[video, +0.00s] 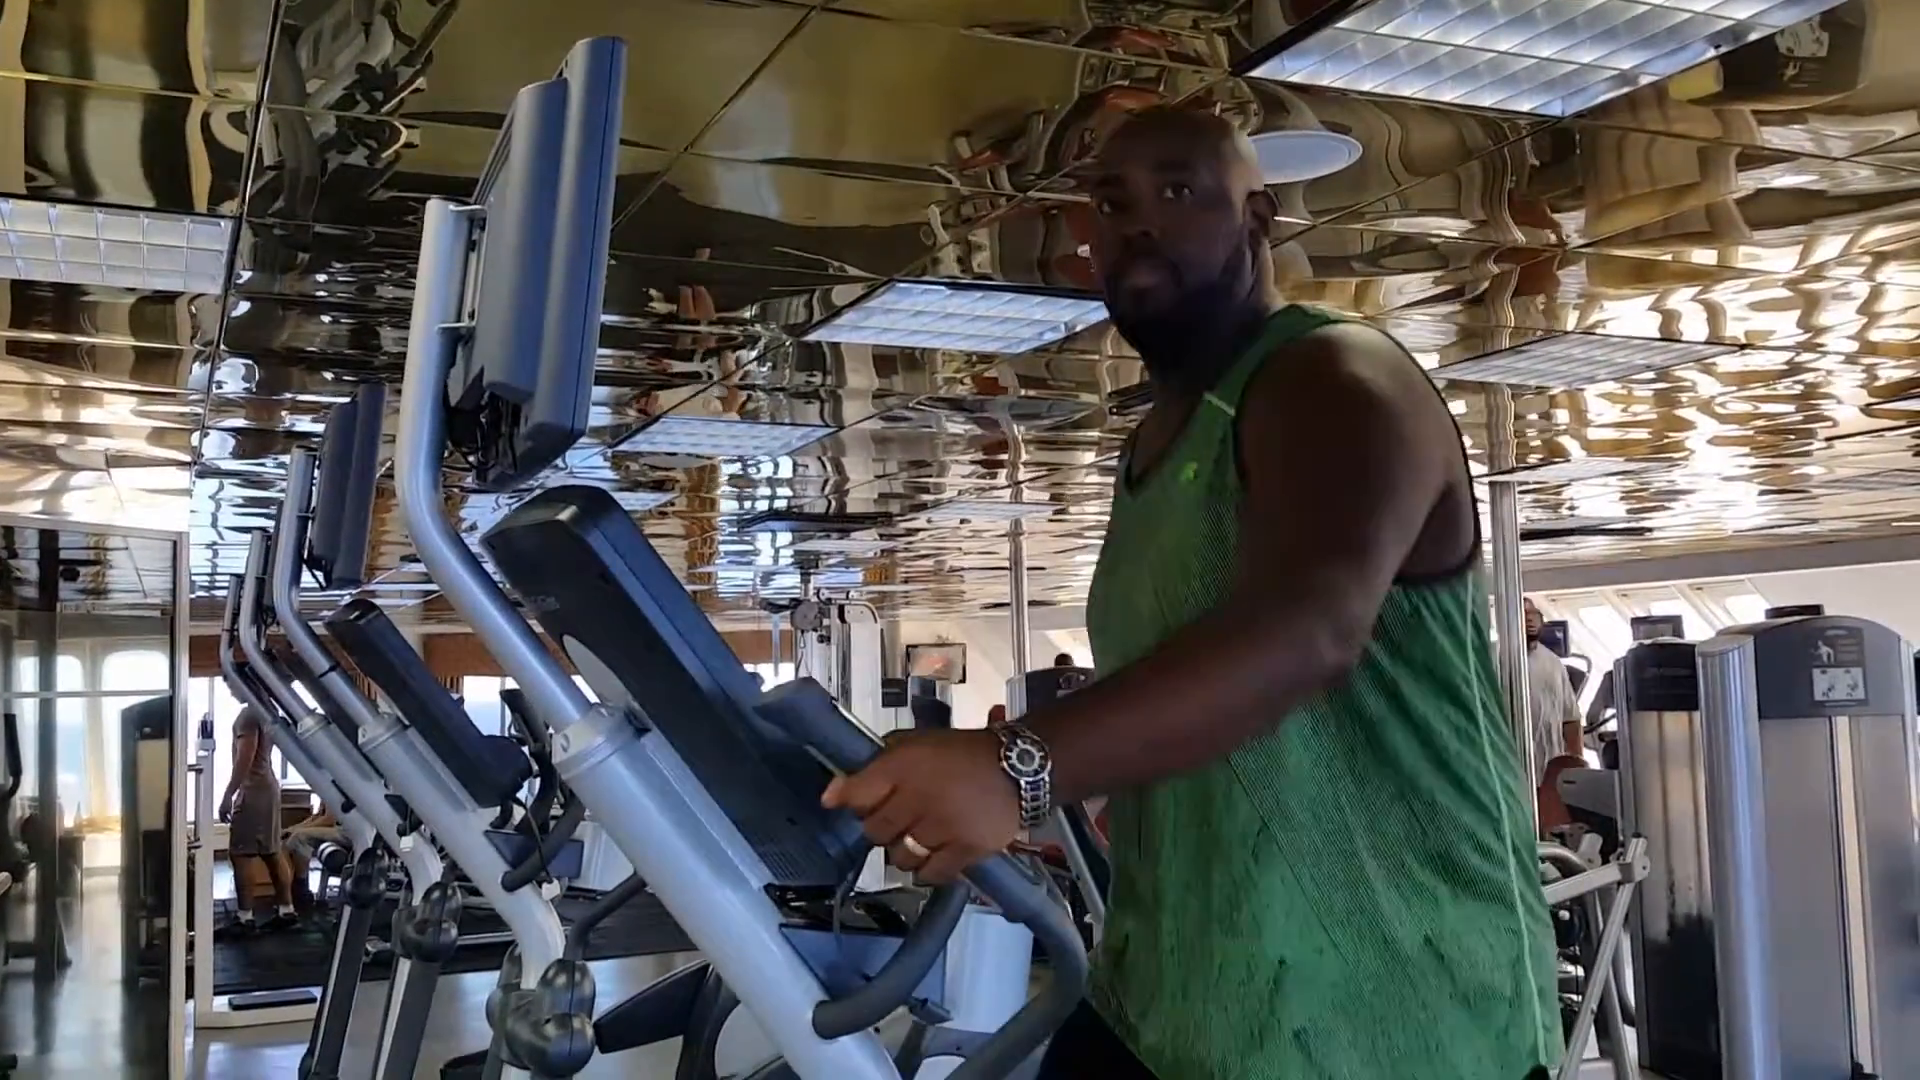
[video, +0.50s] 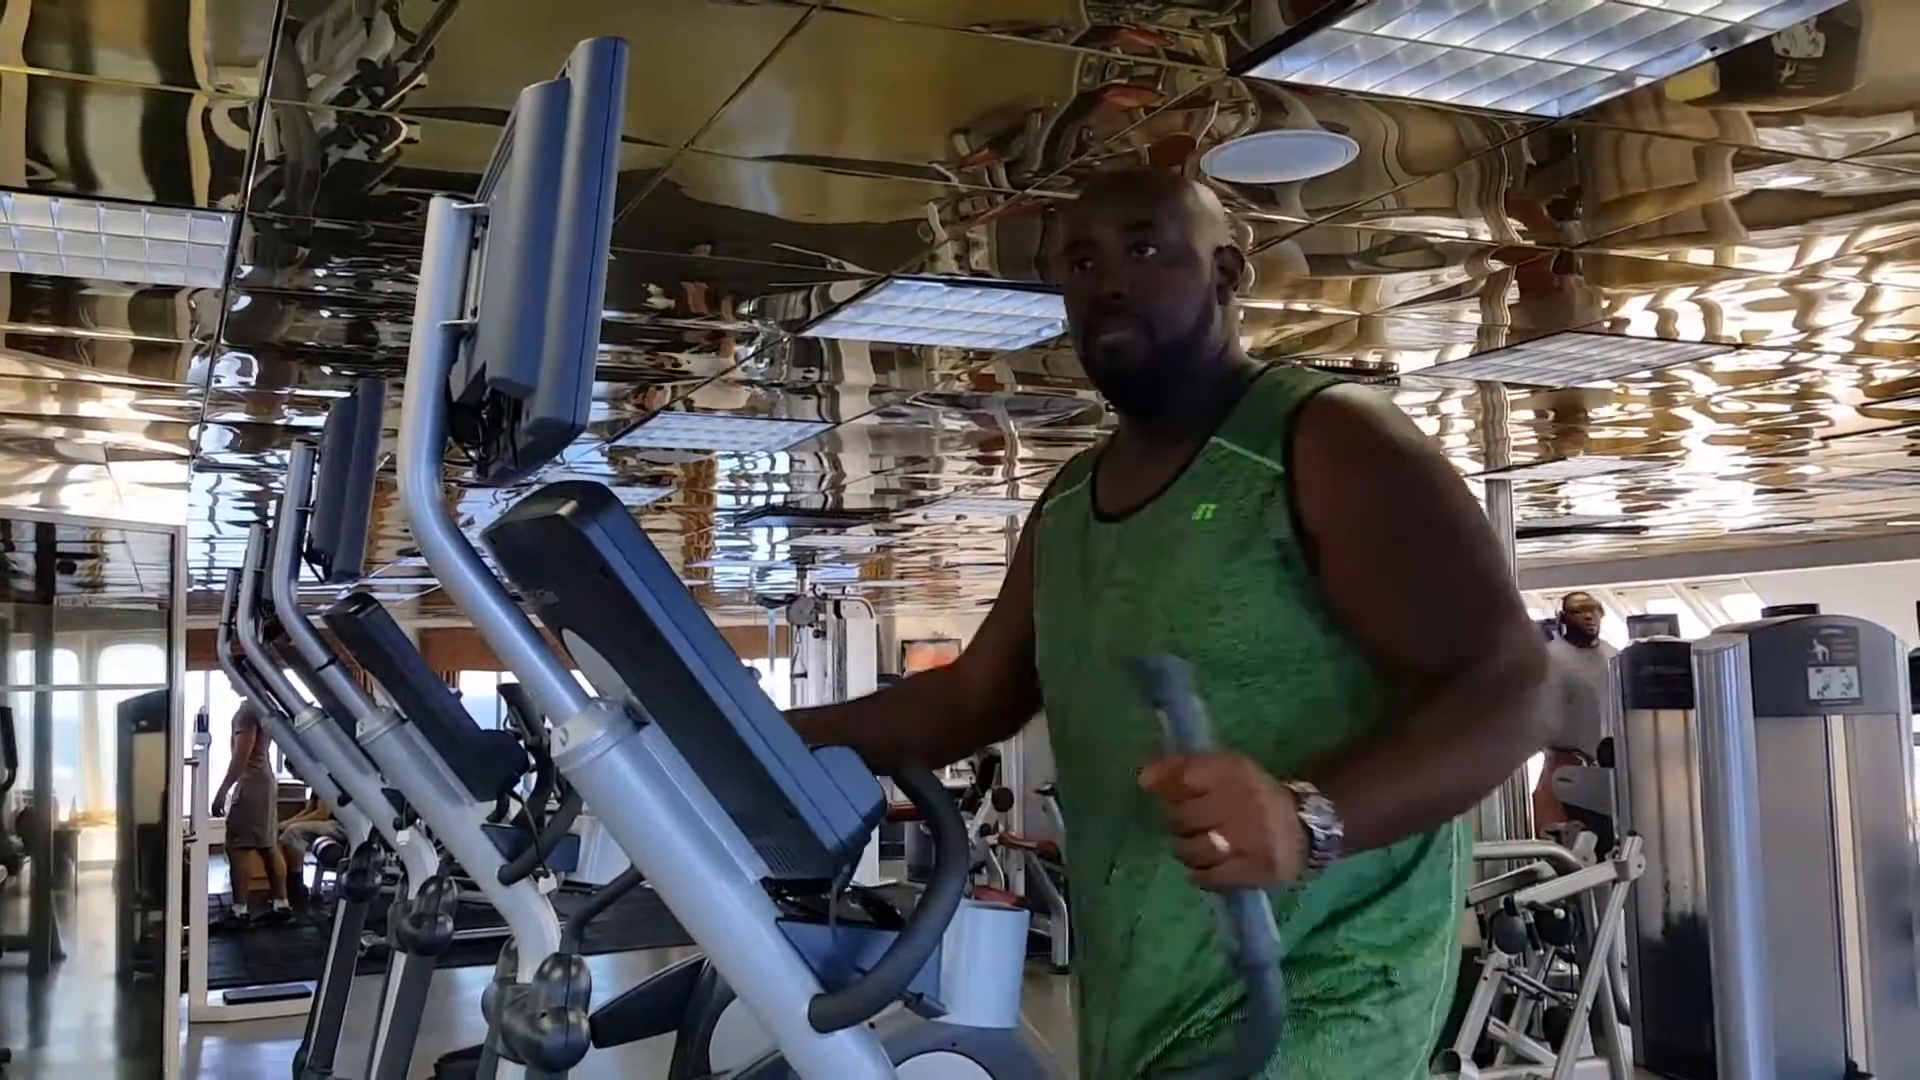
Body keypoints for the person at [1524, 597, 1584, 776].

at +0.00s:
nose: (1529, 618)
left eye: (1534, 613)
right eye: (1523, 613)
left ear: (1541, 621)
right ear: (1513, 620)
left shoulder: (1552, 662)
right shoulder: (1497, 656)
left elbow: (1571, 719)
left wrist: (1574, 764)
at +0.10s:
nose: (1544, 615)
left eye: (1548, 608)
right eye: (1535, 609)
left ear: (1555, 614)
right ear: (1519, 616)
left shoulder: (1566, 660)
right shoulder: (1498, 660)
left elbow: (1589, 714)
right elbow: (1487, 717)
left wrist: (1599, 757)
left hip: (1565, 764)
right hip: (1517, 768)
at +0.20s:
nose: (1556, 613)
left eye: (1560, 607)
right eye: (1547, 608)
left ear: (1567, 614)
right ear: (1531, 615)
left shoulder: (1581, 656)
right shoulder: (1519, 656)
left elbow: (1603, 713)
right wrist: (1523, 753)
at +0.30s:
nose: (1566, 616)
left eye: (1570, 610)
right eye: (1557, 611)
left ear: (1577, 615)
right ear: (1541, 617)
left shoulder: (1596, 660)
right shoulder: (1524, 654)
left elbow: (1608, 712)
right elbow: (1508, 707)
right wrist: (1528, 752)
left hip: (1586, 767)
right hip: (1536, 768)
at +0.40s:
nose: (1578, 618)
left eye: (1583, 612)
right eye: (1570, 612)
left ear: (1590, 617)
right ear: (1554, 619)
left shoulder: (1602, 658)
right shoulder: (1535, 660)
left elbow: (1613, 706)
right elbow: (1518, 713)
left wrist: (1610, 745)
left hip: (1597, 761)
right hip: (1551, 763)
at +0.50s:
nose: (1590, 616)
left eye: (1594, 611)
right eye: (1580, 611)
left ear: (1601, 616)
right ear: (1564, 618)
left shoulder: (1613, 656)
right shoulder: (1551, 655)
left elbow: (1627, 704)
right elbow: (1541, 712)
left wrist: (1619, 744)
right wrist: (1561, 745)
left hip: (1609, 759)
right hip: (1565, 761)